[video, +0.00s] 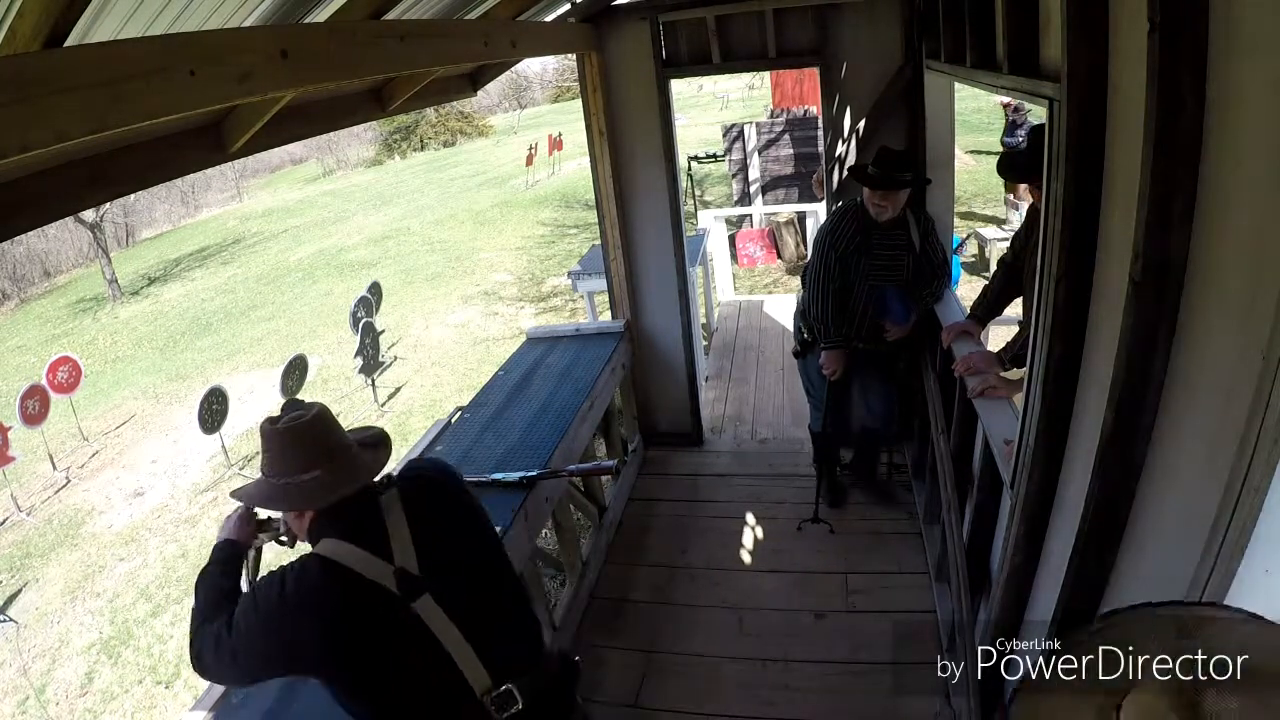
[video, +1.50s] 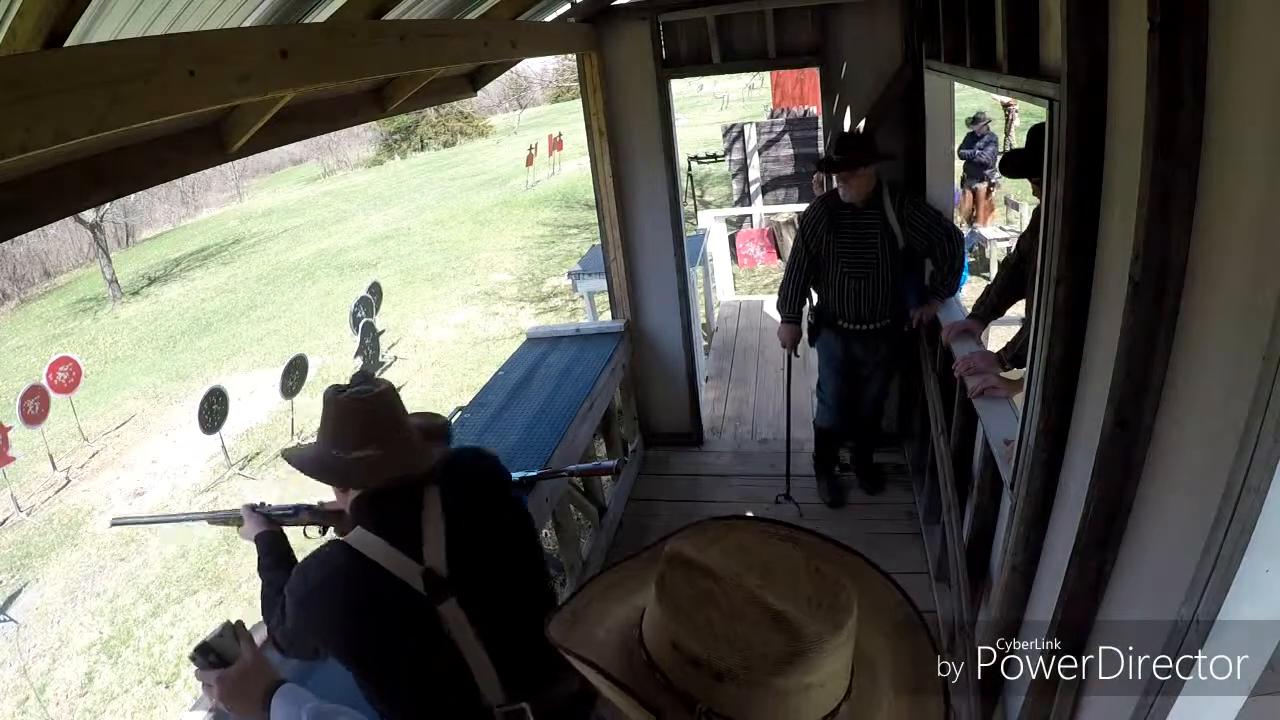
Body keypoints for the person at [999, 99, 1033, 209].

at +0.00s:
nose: (1016, 118)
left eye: (1019, 115)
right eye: (1014, 115)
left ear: (1024, 114)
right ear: (1012, 114)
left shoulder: (1029, 127)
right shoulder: (1011, 125)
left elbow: (1022, 142)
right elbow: (1004, 139)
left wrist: (1004, 141)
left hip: (1024, 163)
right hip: (1010, 161)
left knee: (1021, 194)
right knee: (1010, 193)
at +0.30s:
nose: (1011, 116)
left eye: (1014, 113)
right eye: (1009, 113)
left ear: (1021, 113)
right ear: (1007, 113)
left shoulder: (1027, 127)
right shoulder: (1007, 124)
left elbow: (1023, 143)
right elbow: (998, 139)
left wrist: (1004, 140)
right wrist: (1015, 140)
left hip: (1021, 164)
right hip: (1006, 164)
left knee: (1019, 193)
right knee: (1004, 192)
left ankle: (1019, 220)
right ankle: (1005, 220)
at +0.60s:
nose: (1005, 121)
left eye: (1007, 118)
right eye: (1003, 118)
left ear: (1013, 116)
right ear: (1002, 117)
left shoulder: (1022, 129)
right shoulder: (998, 129)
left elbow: (1021, 145)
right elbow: (992, 145)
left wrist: (999, 146)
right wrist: (1011, 143)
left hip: (1017, 167)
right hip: (1000, 166)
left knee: (1017, 195)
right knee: (998, 194)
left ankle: (1019, 222)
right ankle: (997, 222)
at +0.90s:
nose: (993, 123)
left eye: (995, 120)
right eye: (992, 120)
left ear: (1001, 118)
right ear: (991, 119)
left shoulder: (1010, 130)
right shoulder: (987, 131)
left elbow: (1009, 148)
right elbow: (982, 147)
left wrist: (988, 148)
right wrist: (1001, 146)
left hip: (1005, 169)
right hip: (990, 168)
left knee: (1003, 197)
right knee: (991, 197)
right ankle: (994, 222)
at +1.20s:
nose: (984, 130)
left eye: (986, 127)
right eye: (982, 127)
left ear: (992, 125)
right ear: (980, 126)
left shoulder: (1001, 137)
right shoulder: (978, 136)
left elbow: (995, 155)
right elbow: (971, 153)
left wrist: (974, 154)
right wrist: (988, 153)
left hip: (995, 177)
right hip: (980, 176)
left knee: (993, 205)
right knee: (982, 205)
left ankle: (994, 227)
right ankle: (985, 225)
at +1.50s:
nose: (975, 131)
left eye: (978, 128)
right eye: (974, 128)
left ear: (986, 126)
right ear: (973, 127)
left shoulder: (992, 139)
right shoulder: (970, 136)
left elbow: (986, 159)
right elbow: (961, 153)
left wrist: (970, 155)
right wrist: (976, 153)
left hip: (983, 178)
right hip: (968, 176)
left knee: (980, 209)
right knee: (965, 208)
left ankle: (979, 229)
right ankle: (968, 227)